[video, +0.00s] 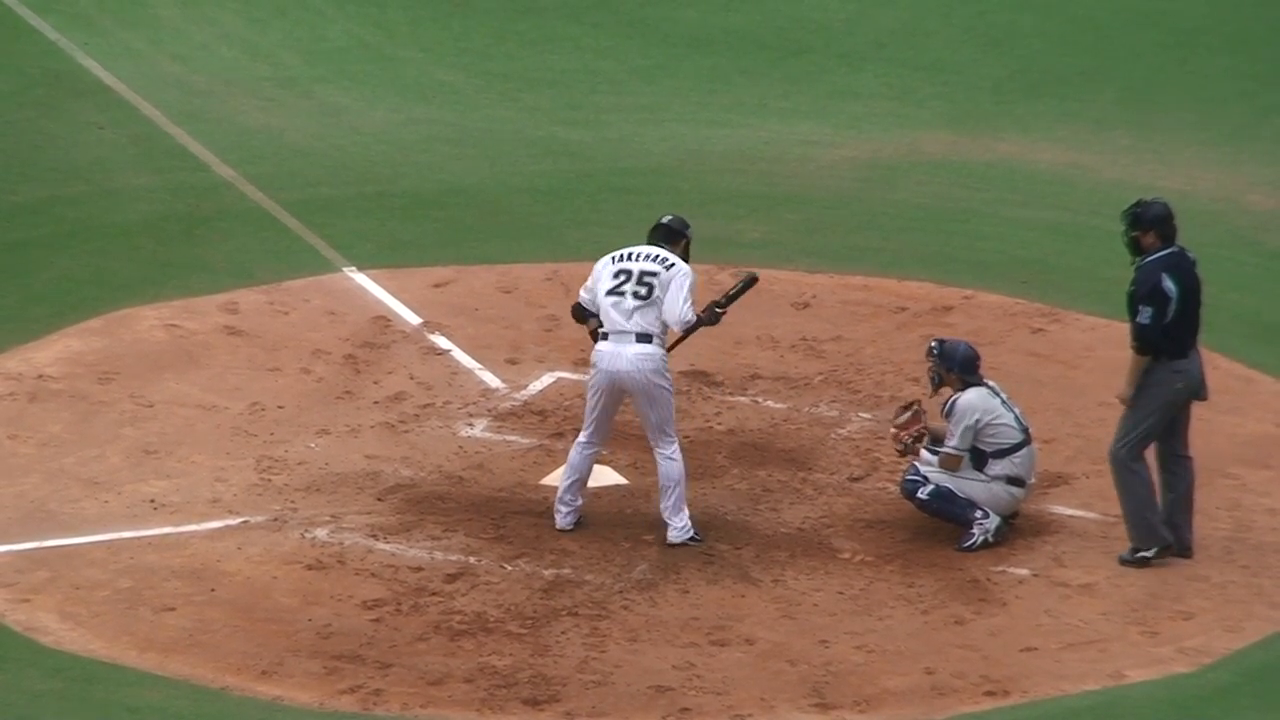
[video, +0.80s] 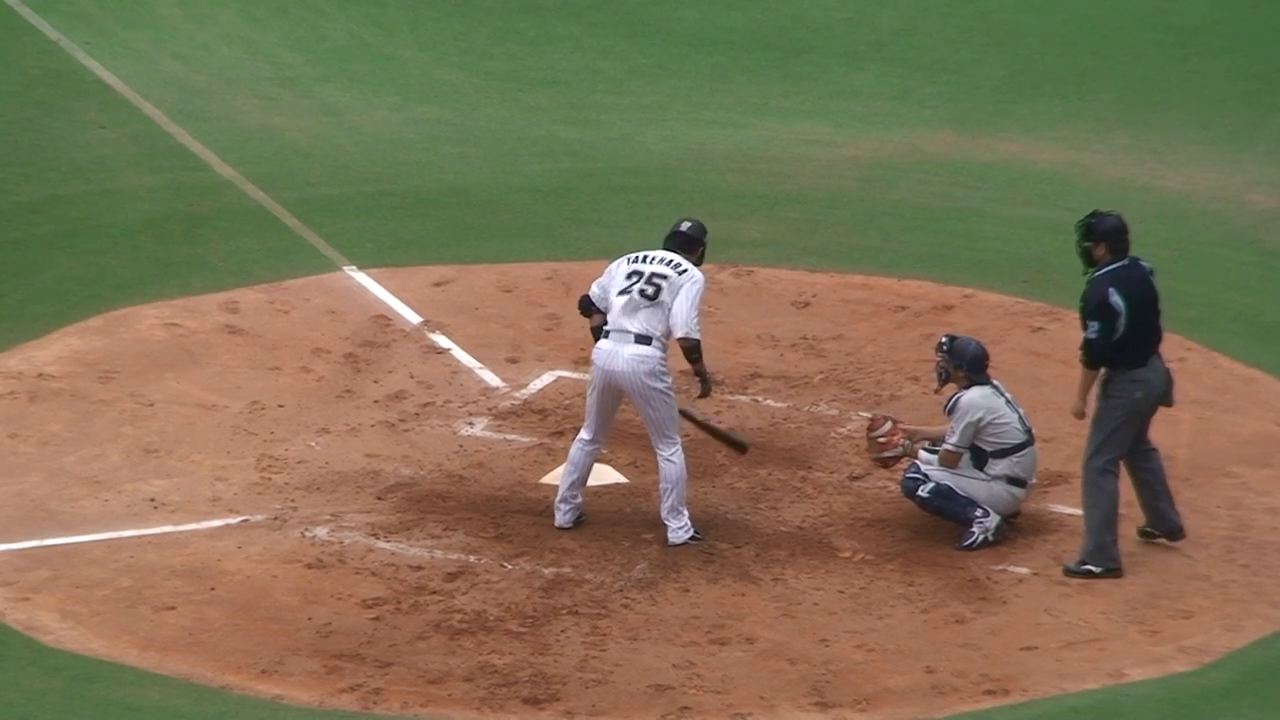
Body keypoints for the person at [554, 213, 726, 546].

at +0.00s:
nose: (685, 250)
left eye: (685, 245)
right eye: (685, 245)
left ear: (652, 237)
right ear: (678, 243)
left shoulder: (610, 259)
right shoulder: (678, 268)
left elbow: (581, 310)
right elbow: (679, 320)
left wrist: (598, 328)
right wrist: (705, 318)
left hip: (605, 353)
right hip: (646, 356)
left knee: (589, 437)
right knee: (665, 444)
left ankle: (564, 514)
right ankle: (678, 527)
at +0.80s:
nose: (701, 257)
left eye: (702, 251)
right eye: (701, 251)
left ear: (668, 241)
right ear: (696, 250)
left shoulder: (628, 260)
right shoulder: (691, 275)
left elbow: (588, 303)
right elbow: (685, 335)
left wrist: (608, 346)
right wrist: (701, 373)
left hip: (604, 351)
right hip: (645, 357)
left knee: (590, 435)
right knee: (668, 447)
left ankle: (565, 511)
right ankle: (678, 528)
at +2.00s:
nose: (678, 260)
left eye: (679, 256)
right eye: (677, 256)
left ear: (642, 250)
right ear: (671, 254)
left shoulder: (607, 270)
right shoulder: (672, 273)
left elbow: (576, 329)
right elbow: (670, 333)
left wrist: (576, 373)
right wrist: (671, 373)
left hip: (594, 352)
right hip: (639, 354)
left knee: (586, 435)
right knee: (662, 444)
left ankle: (565, 511)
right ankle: (680, 526)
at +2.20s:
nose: (689, 258)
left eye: (689, 252)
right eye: (688, 252)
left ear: (653, 244)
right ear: (678, 250)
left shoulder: (613, 263)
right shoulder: (678, 273)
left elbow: (578, 316)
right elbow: (675, 335)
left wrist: (569, 358)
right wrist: (675, 374)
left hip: (602, 349)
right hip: (643, 352)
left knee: (588, 436)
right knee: (665, 442)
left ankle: (564, 511)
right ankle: (684, 525)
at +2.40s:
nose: (706, 251)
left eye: (707, 245)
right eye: (705, 244)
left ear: (671, 235)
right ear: (696, 243)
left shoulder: (630, 254)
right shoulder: (693, 274)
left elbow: (596, 303)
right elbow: (689, 340)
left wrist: (593, 342)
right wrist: (689, 372)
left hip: (614, 349)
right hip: (655, 355)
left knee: (593, 436)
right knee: (671, 444)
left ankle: (567, 510)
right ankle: (685, 527)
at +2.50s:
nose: (713, 247)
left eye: (714, 241)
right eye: (712, 241)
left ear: (679, 232)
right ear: (704, 240)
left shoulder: (639, 252)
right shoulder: (701, 275)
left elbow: (608, 304)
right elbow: (695, 342)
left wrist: (618, 336)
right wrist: (694, 372)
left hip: (619, 348)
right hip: (659, 357)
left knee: (598, 433)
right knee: (673, 443)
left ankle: (569, 507)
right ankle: (684, 528)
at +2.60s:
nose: (717, 244)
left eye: (718, 238)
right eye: (716, 238)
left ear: (684, 229)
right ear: (709, 239)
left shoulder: (644, 251)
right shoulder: (706, 275)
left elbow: (620, 305)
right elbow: (699, 340)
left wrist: (635, 339)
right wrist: (700, 370)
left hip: (623, 347)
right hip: (662, 358)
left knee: (600, 430)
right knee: (675, 443)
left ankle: (571, 503)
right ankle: (684, 528)